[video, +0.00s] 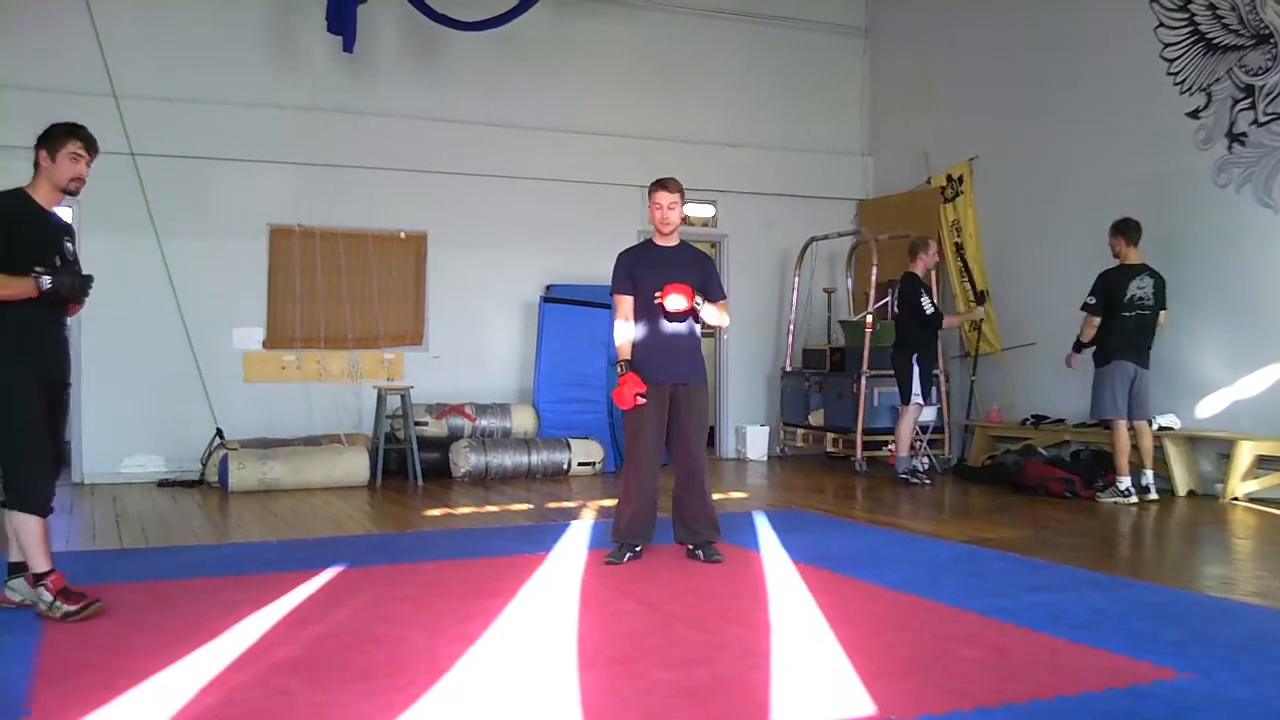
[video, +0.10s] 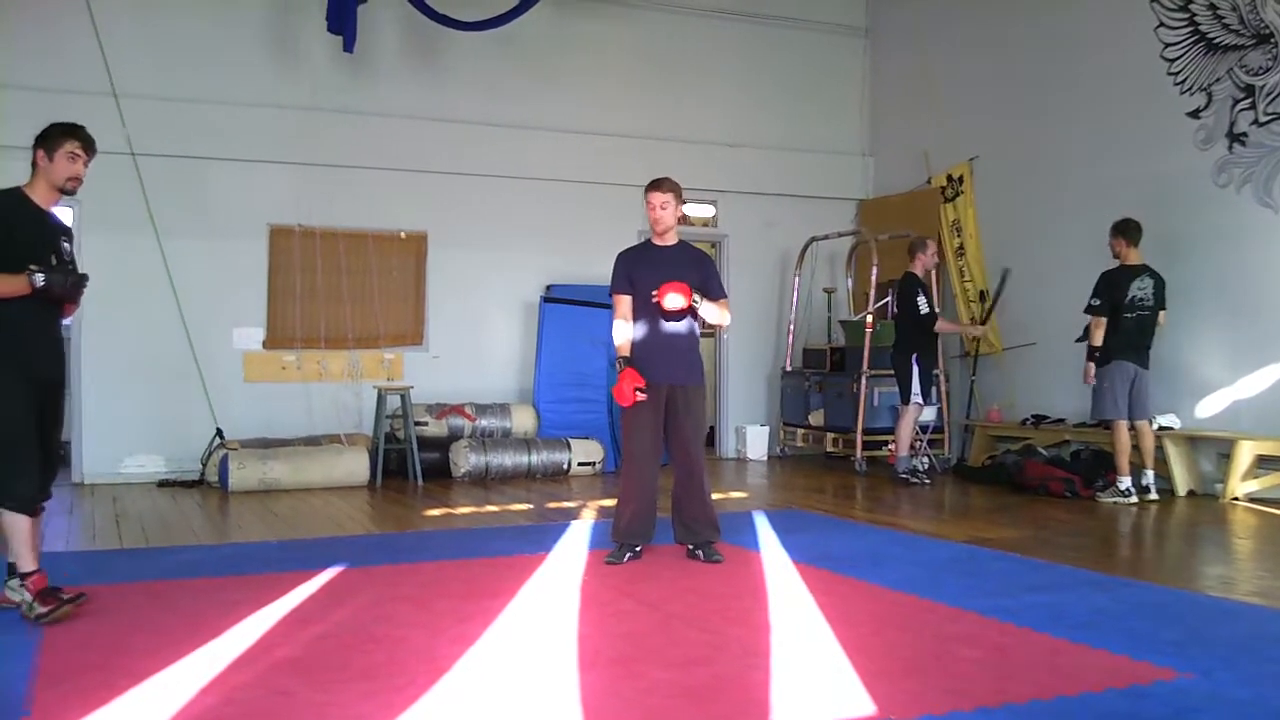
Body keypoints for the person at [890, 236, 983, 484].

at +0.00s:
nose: (937, 258)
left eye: (937, 254)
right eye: (934, 254)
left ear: (918, 257)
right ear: (921, 257)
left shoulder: (910, 283)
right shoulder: (914, 285)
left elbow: (930, 320)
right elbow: (936, 321)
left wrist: (963, 317)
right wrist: (970, 316)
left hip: (911, 353)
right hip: (912, 355)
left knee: (911, 408)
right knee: (912, 408)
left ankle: (904, 462)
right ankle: (903, 465)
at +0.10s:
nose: (937, 259)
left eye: (936, 254)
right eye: (933, 254)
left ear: (918, 257)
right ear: (919, 257)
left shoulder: (911, 283)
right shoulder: (913, 285)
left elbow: (931, 321)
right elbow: (932, 323)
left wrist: (963, 328)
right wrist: (967, 329)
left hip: (913, 354)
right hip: (911, 355)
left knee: (912, 408)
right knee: (913, 408)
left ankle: (903, 462)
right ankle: (902, 465)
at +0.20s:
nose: (936, 259)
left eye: (936, 254)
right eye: (933, 255)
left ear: (919, 258)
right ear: (920, 257)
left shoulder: (910, 284)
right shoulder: (912, 285)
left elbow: (919, 325)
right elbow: (927, 325)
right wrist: (962, 335)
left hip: (912, 353)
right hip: (912, 355)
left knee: (908, 408)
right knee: (914, 407)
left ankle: (904, 462)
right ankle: (903, 465)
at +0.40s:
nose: (941, 259)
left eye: (941, 254)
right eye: (938, 254)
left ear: (925, 256)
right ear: (925, 256)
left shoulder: (919, 283)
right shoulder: (914, 283)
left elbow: (924, 322)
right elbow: (920, 324)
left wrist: (949, 333)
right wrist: (953, 335)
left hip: (919, 351)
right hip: (914, 352)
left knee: (915, 406)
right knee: (917, 405)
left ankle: (910, 459)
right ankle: (908, 462)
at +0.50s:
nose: (975, 260)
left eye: (975, 255)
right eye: (972, 255)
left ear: (958, 256)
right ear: (959, 256)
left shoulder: (955, 284)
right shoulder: (945, 284)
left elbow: (958, 322)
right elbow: (951, 324)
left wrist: (982, 330)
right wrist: (985, 333)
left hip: (956, 351)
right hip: (947, 352)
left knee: (951, 406)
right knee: (951, 405)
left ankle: (946, 460)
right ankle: (944, 463)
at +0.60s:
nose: (1008, 266)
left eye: (1009, 261)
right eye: (1005, 261)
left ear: (993, 261)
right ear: (992, 261)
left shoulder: (989, 289)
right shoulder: (976, 287)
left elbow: (995, 324)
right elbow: (981, 327)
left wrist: (1022, 327)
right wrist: (1016, 334)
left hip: (990, 357)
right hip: (979, 357)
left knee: (983, 412)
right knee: (981, 411)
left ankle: (977, 466)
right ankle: (975, 469)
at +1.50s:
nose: (1038, 271)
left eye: (1040, 267)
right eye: (1035, 266)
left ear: (1024, 266)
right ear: (1020, 264)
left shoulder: (1021, 290)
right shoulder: (1005, 288)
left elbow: (1023, 322)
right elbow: (1000, 325)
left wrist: (1049, 324)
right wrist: (1035, 324)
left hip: (1020, 361)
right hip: (1007, 361)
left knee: (1012, 415)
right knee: (1008, 415)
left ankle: (1005, 468)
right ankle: (1001, 471)